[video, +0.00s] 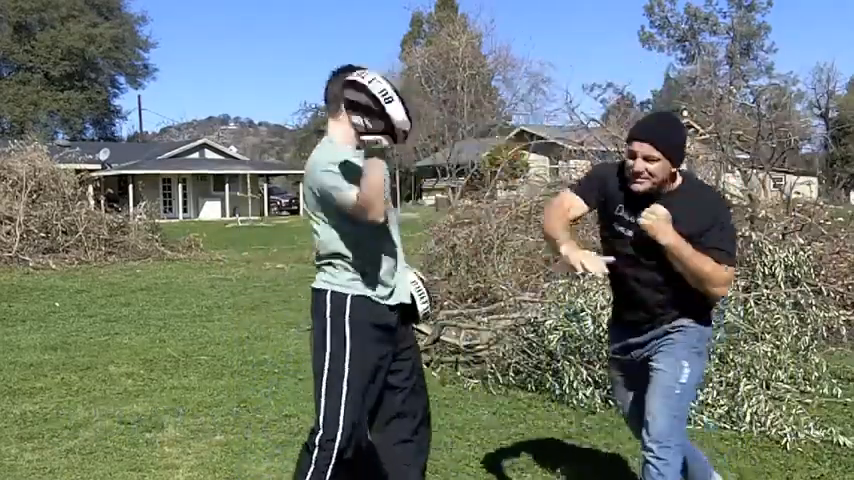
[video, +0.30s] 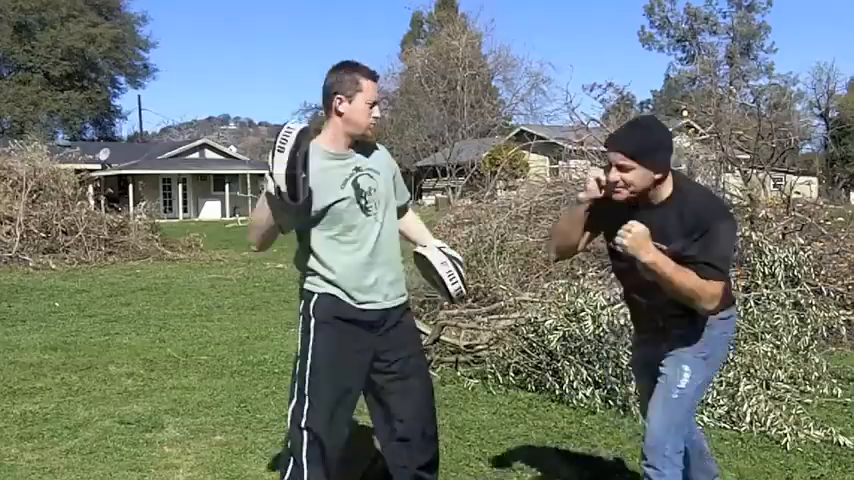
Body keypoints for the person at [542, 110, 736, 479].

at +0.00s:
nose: (637, 167)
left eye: (650, 160)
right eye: (633, 156)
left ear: (675, 164)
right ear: (625, 151)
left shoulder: (707, 205)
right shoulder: (611, 178)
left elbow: (719, 284)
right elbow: (555, 212)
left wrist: (669, 238)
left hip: (681, 330)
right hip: (626, 332)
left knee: (661, 433)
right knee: (651, 432)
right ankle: (706, 474)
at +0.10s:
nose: (649, 184)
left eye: (662, 175)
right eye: (641, 172)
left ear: (683, 174)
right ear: (631, 165)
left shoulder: (712, 208)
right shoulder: (604, 198)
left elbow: (732, 288)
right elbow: (576, 267)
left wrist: (701, 251)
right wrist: (620, 268)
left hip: (679, 330)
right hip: (621, 331)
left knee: (659, 433)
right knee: (632, 421)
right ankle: (688, 469)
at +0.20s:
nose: (630, 187)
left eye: (643, 179)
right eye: (625, 175)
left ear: (670, 177)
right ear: (619, 169)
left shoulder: (710, 212)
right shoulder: (612, 198)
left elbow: (725, 296)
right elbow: (563, 261)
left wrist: (676, 261)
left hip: (688, 337)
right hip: (632, 332)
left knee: (664, 436)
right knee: (642, 420)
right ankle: (691, 471)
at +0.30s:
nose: (612, 177)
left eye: (624, 169)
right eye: (609, 166)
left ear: (658, 170)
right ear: (606, 161)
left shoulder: (708, 214)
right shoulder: (613, 200)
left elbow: (710, 297)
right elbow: (561, 249)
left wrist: (649, 255)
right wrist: (584, 205)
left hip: (703, 328)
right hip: (649, 328)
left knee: (660, 435)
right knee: (672, 424)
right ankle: (705, 473)